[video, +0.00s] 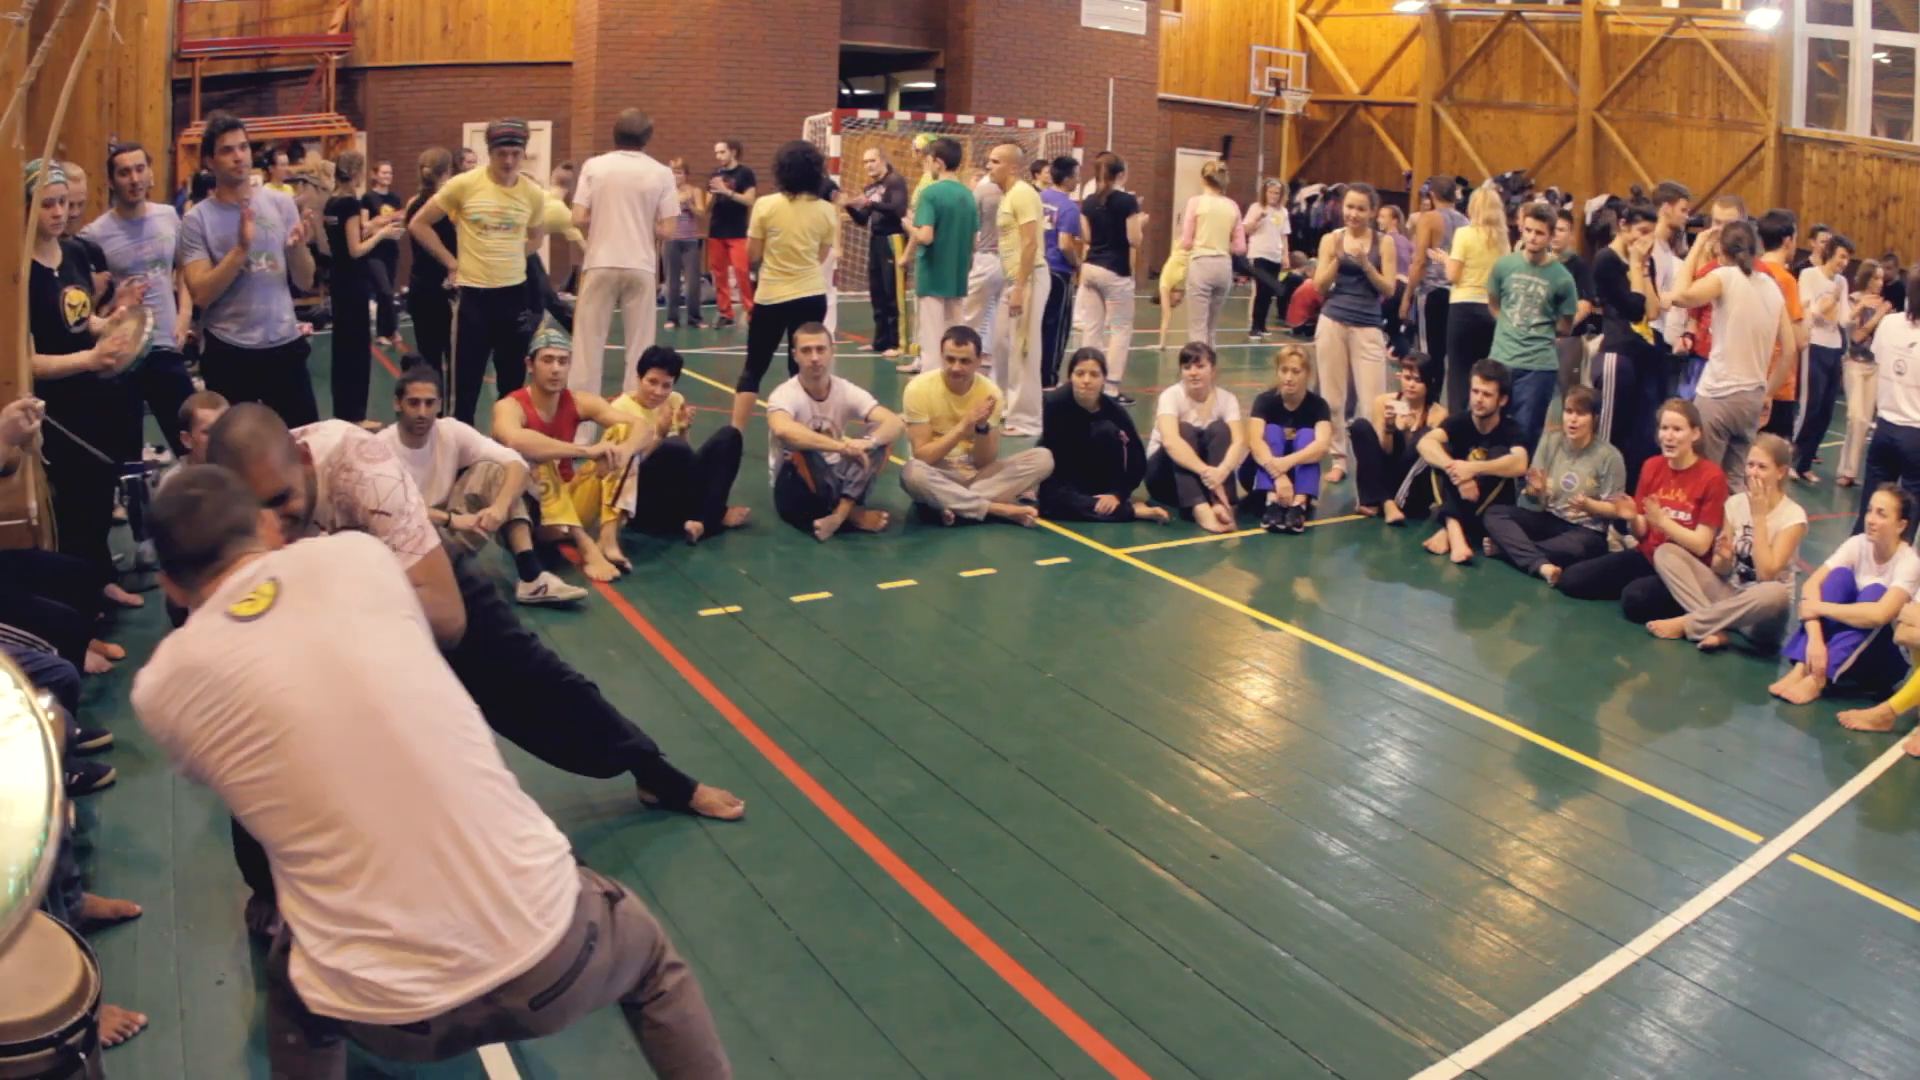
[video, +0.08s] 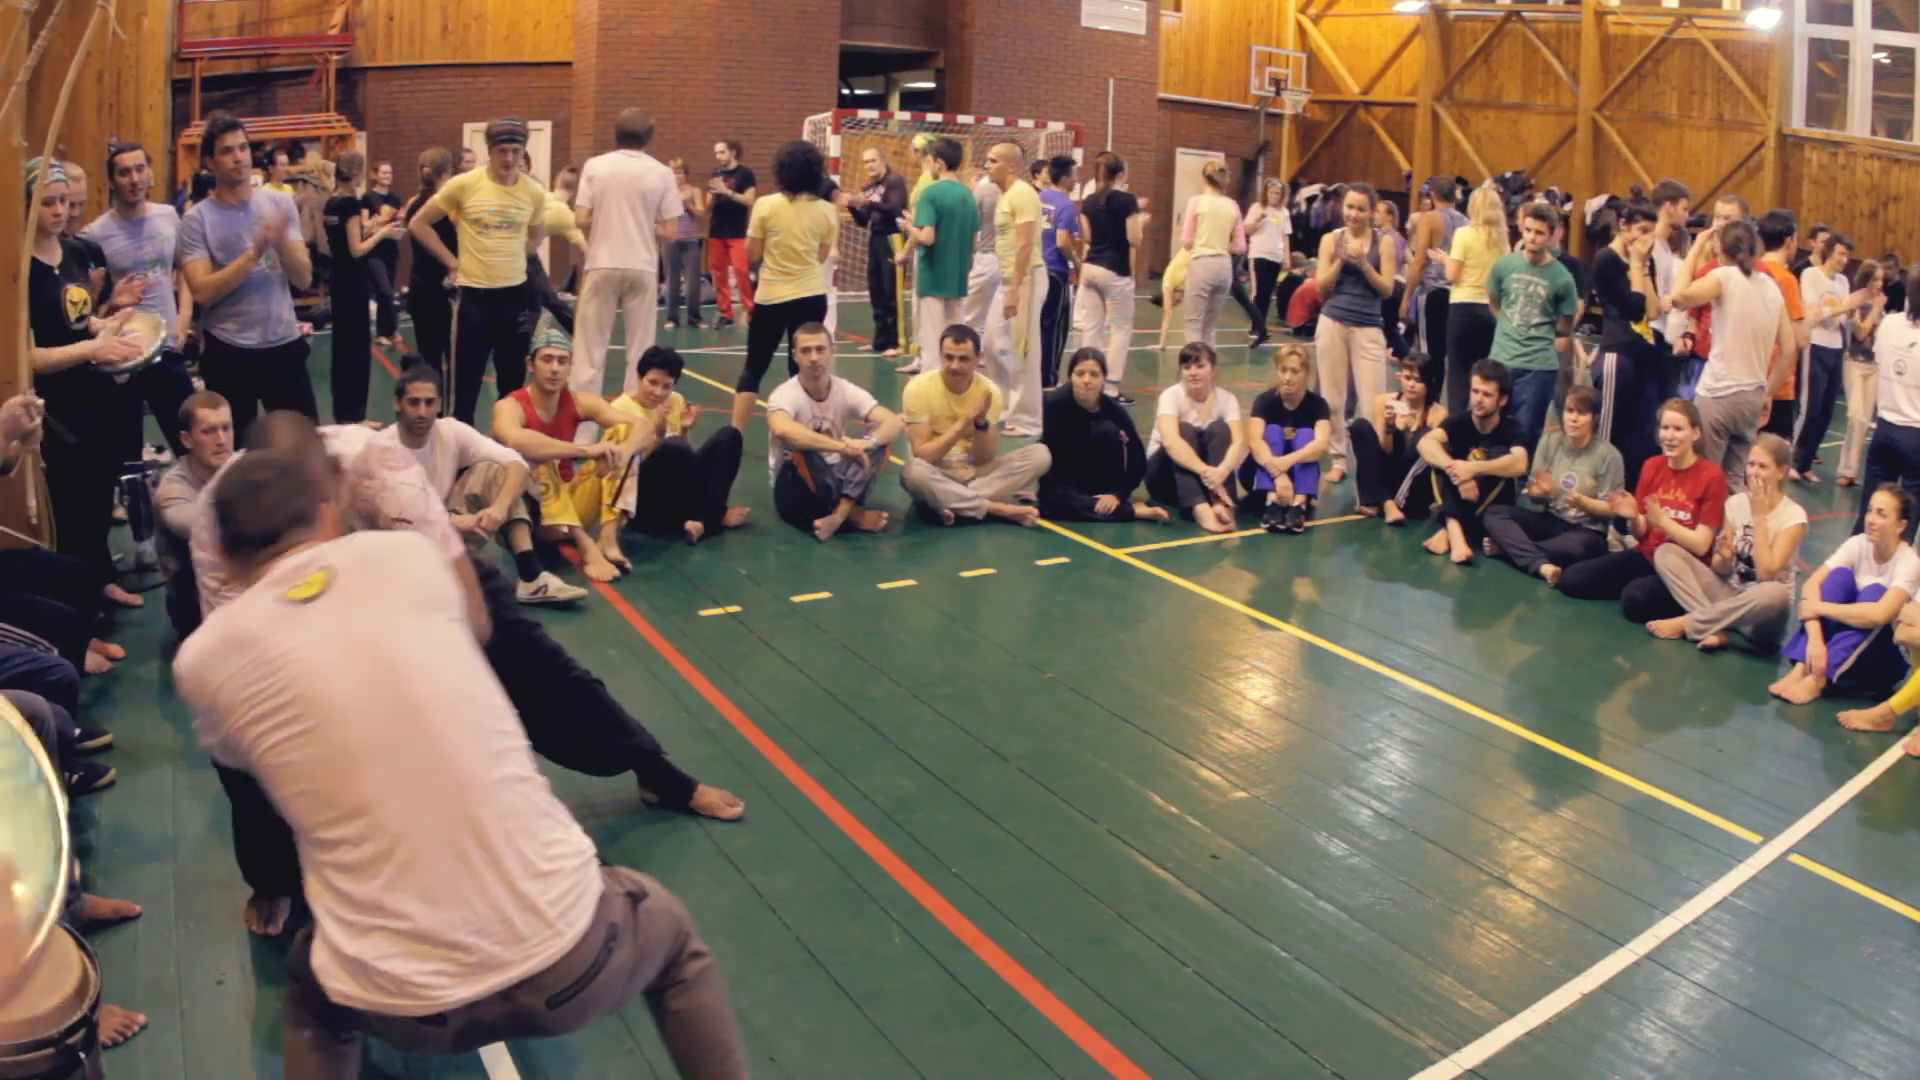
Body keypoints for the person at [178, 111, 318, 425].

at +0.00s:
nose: (239, 157)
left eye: (243, 148)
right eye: (228, 151)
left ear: (252, 152)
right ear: (210, 161)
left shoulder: (282, 203)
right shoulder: (197, 219)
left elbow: (305, 282)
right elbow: (201, 294)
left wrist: (297, 248)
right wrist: (241, 249)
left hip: (284, 347)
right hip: (229, 352)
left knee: (304, 439)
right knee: (236, 445)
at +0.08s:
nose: (239, 158)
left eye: (243, 148)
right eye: (227, 151)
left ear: (251, 152)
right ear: (210, 162)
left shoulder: (280, 203)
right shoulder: (196, 220)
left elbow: (304, 279)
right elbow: (202, 291)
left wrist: (282, 241)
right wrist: (254, 252)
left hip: (283, 345)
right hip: (228, 350)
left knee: (302, 440)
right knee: (236, 449)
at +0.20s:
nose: (238, 157)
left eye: (242, 148)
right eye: (227, 151)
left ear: (251, 151)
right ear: (209, 162)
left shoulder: (280, 202)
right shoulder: (197, 219)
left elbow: (304, 276)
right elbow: (203, 291)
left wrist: (282, 239)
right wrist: (253, 251)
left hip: (283, 346)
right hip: (227, 352)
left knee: (303, 448)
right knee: (241, 456)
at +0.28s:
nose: (238, 157)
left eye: (242, 147)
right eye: (226, 151)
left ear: (250, 152)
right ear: (209, 162)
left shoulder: (279, 202)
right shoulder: (197, 219)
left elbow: (305, 278)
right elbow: (201, 292)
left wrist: (291, 238)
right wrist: (244, 250)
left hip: (282, 346)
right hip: (227, 352)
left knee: (306, 456)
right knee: (241, 460)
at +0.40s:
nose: (237, 157)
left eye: (241, 148)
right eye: (226, 151)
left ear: (250, 152)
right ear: (209, 162)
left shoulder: (280, 202)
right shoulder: (196, 217)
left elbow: (304, 280)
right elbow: (201, 292)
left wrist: (295, 243)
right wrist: (241, 248)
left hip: (282, 346)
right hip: (227, 350)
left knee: (309, 459)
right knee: (241, 461)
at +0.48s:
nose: (237, 157)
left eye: (242, 147)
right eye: (226, 151)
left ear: (251, 151)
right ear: (209, 161)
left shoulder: (280, 202)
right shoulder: (196, 219)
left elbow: (302, 277)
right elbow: (201, 289)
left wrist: (279, 243)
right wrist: (257, 257)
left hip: (283, 347)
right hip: (226, 351)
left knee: (308, 457)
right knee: (241, 459)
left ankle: (322, 559)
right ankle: (246, 560)